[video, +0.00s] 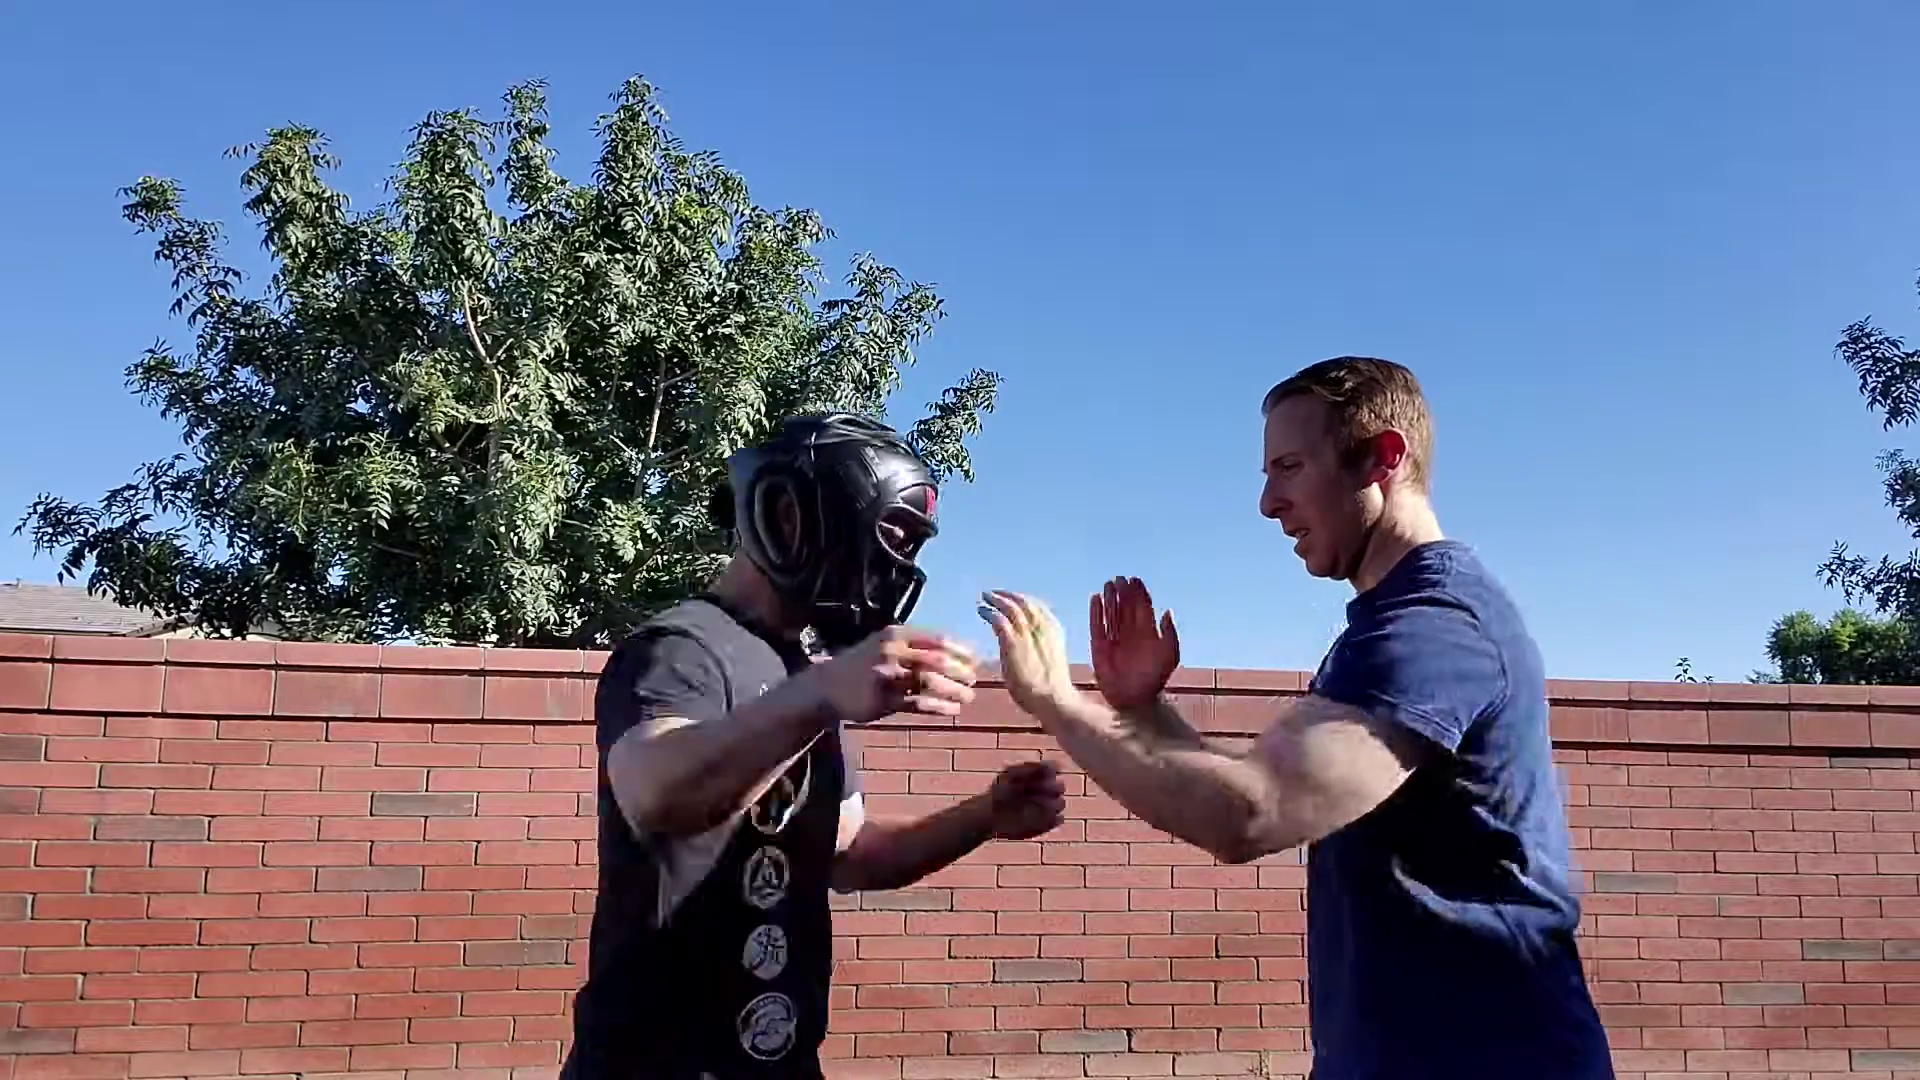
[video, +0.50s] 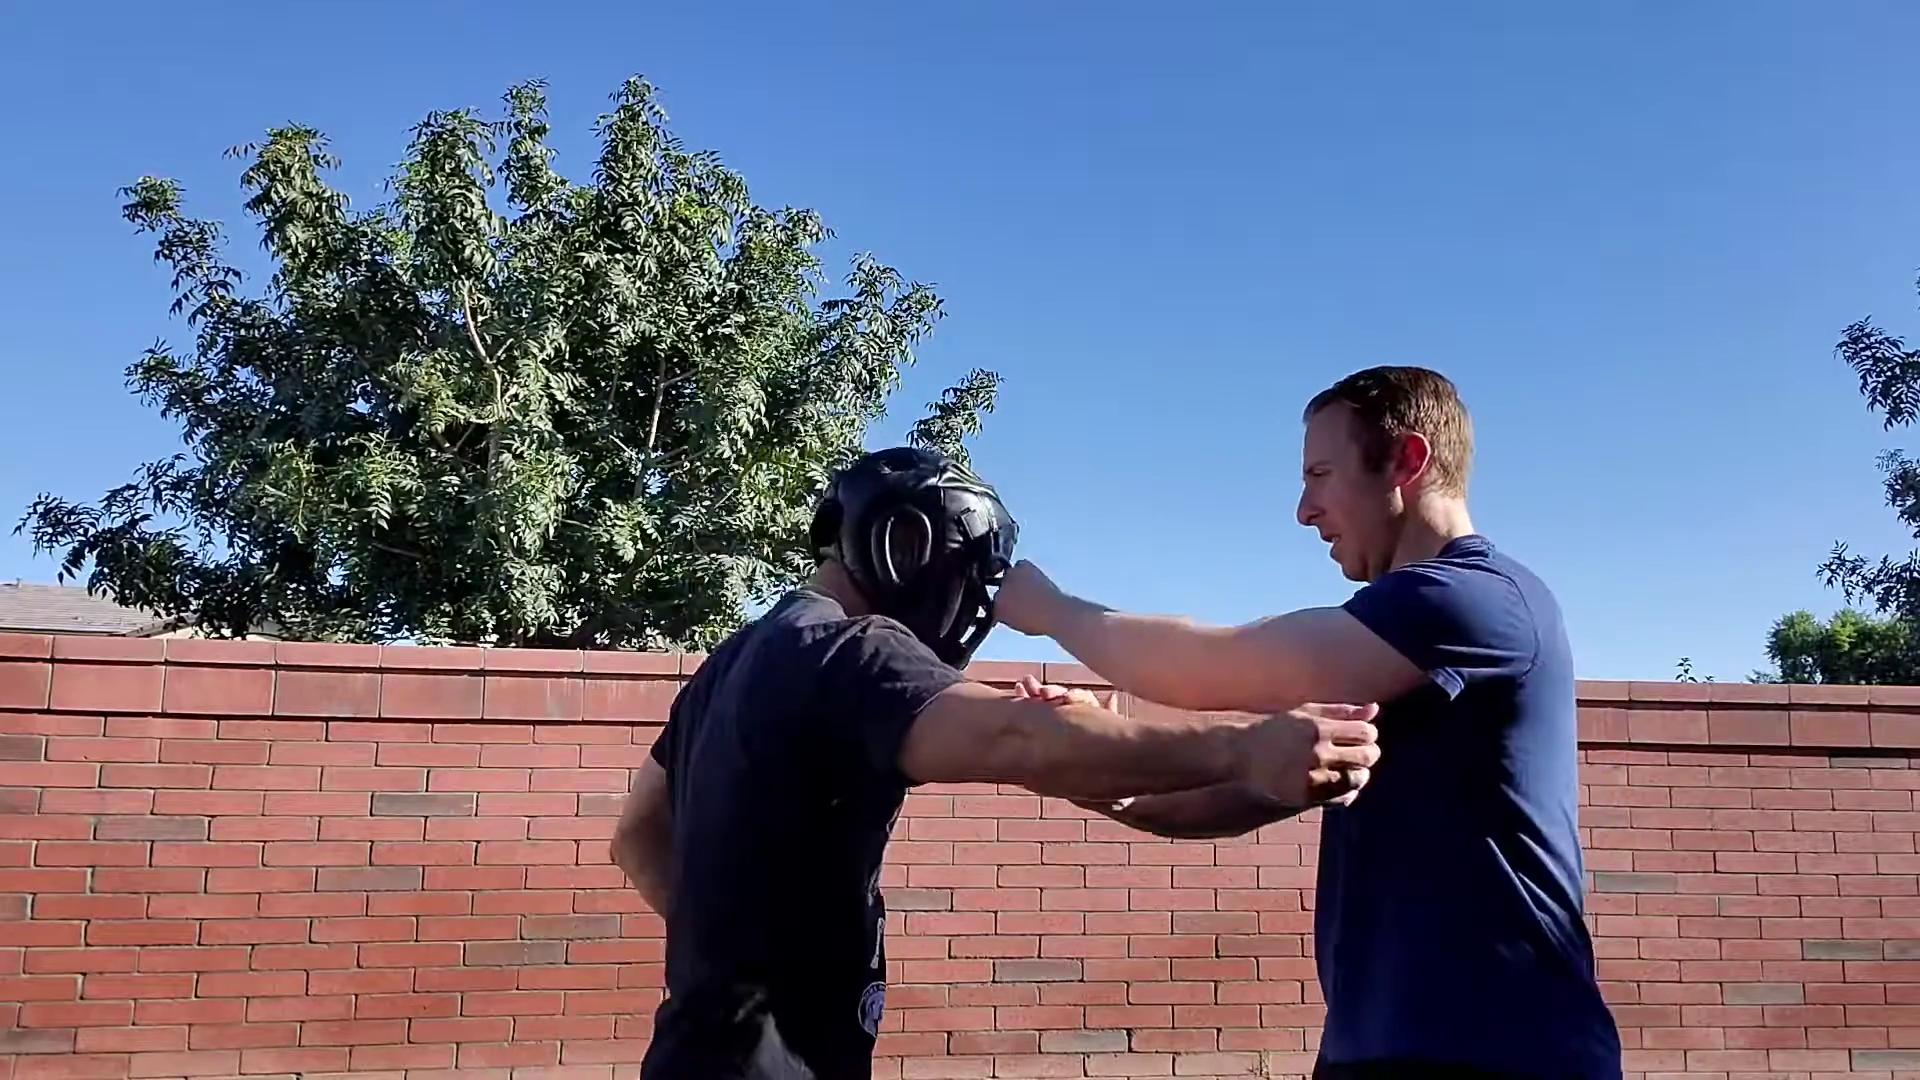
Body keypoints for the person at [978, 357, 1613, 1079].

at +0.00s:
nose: (1267, 502)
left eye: (1288, 467)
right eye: (1269, 473)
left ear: (1382, 462)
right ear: (1381, 469)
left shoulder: (1440, 621)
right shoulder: (1386, 623)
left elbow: (1247, 817)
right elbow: (1260, 796)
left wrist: (1056, 706)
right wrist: (1147, 710)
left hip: (1478, 1056)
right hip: (1395, 1052)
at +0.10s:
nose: (1291, 493)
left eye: (1310, 460)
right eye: (1293, 465)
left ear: (1404, 453)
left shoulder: (1503, 616)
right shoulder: (1327, 651)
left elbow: (1407, 860)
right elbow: (1188, 783)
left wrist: (1232, 704)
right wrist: (1066, 696)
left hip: (1506, 1050)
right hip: (1361, 1047)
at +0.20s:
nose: (1317, 496)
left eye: (1334, 462)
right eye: (1320, 467)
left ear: (1425, 455)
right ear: (1423, 459)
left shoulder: (1552, 619)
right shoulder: (1354, 640)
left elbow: (1462, 846)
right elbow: (1207, 789)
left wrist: (1292, 704)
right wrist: (1053, 751)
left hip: (1539, 1052)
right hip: (1376, 1047)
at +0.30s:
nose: (1321, 499)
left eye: (1338, 464)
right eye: (1324, 472)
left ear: (1428, 458)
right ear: (1427, 461)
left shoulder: (1534, 609)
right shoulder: (1370, 647)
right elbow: (1190, 799)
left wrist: (1210, 680)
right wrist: (1033, 730)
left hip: (1530, 1052)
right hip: (1382, 1050)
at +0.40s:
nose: (1312, 502)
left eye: (1331, 468)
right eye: (1315, 473)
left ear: (1418, 460)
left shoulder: (1486, 603)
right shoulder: (1425, 621)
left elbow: (1222, 680)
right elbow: (1253, 768)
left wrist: (1079, 608)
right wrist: (1106, 708)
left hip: (1497, 1040)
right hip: (1389, 1036)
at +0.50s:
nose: (1303, 510)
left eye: (1320, 474)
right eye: (1306, 481)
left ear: (1405, 465)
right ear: (1402, 472)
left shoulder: (1472, 600)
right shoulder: (1415, 621)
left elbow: (1212, 673)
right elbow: (1242, 771)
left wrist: (1046, 607)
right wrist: (1085, 713)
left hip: (1486, 1036)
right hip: (1383, 1030)